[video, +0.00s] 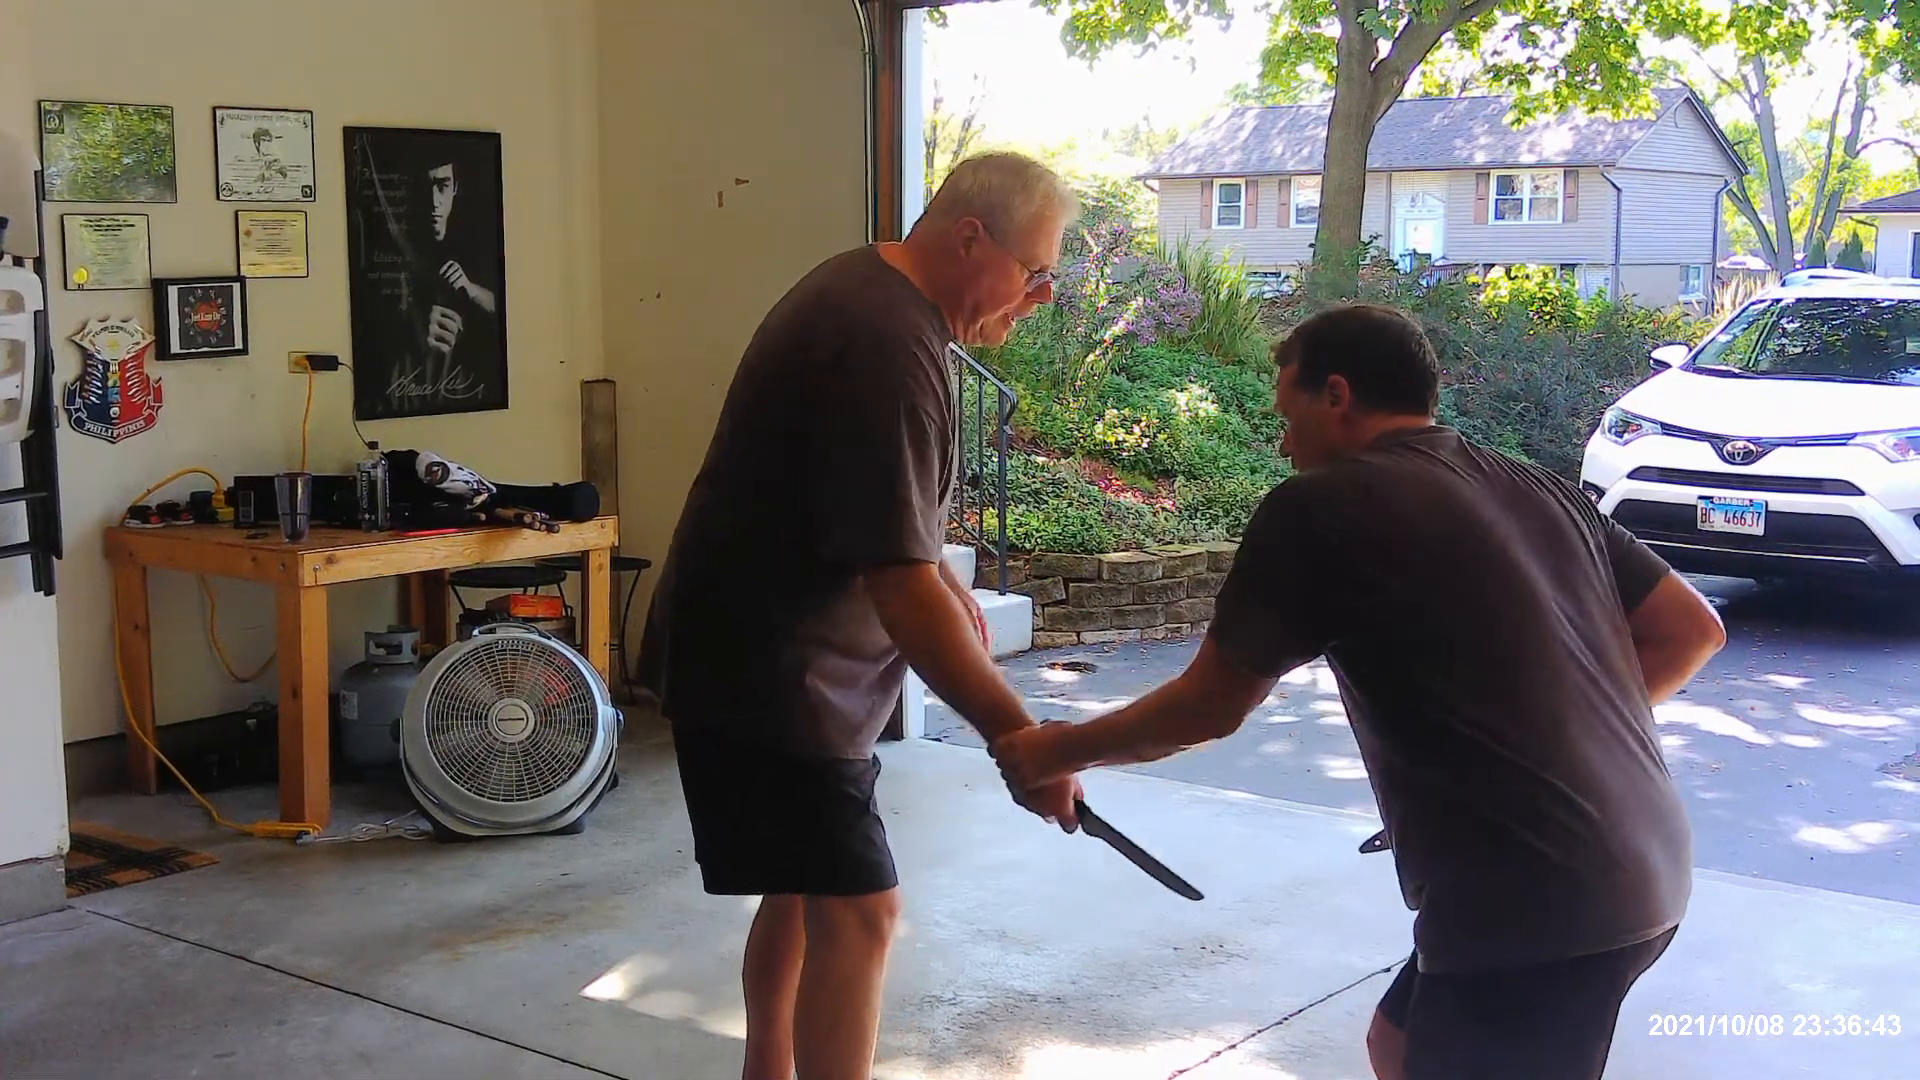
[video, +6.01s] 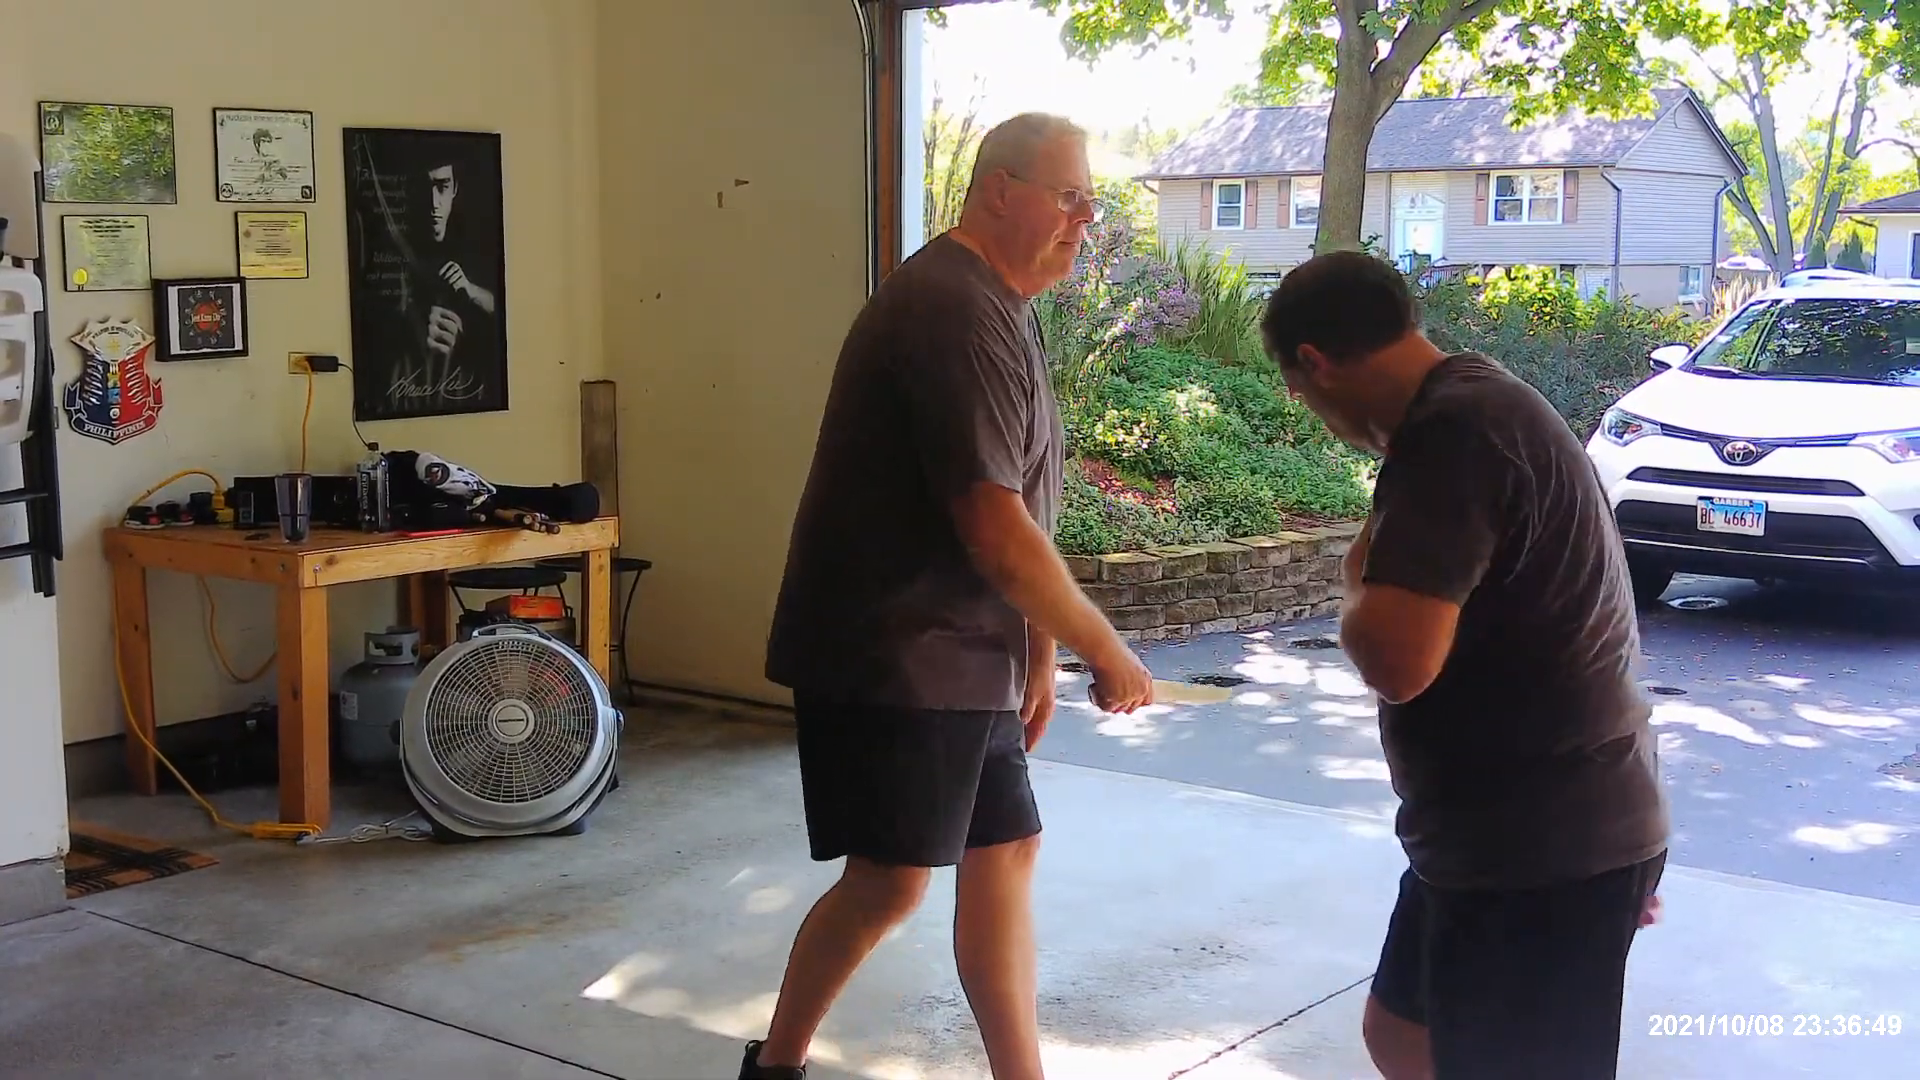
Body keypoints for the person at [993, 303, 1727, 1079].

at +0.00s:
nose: (1282, 438)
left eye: (1286, 411)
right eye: (1279, 413)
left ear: (1339, 399)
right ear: (1412, 397)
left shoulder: (1318, 508)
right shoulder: (1534, 485)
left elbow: (1208, 704)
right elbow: (1689, 628)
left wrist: (1058, 747)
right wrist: (1565, 733)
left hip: (1534, 896)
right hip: (1641, 862)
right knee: (1401, 1036)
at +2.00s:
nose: (1181, 508)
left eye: (1189, 484)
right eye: (1181, 485)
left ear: (1255, 490)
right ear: (1258, 490)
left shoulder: (1400, 550)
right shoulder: (1282, 599)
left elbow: (1451, 783)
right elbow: (1138, 735)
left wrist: (1336, 724)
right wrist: (966, 787)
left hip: (1630, 883)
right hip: (1495, 880)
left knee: (1572, 1069)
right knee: (1366, 1047)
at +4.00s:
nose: (1156, 393)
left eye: (1177, 367)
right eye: (1149, 372)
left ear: (1264, 359)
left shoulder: (1379, 435)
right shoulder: (1181, 487)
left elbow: (1417, 626)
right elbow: (1046, 560)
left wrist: (1250, 568)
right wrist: (932, 594)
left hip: (1532, 797)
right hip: (1388, 821)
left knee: (1556, 1065)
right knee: (1304, 1045)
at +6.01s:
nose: (1313, 417)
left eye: (1299, 394)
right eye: (1301, 399)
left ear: (1317, 364)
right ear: (1400, 325)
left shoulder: (1453, 433)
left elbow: (1397, 664)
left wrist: (1358, 581)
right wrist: (1629, 836)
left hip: (1537, 862)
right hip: (1482, 846)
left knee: (1512, 1068)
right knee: (1400, 1037)